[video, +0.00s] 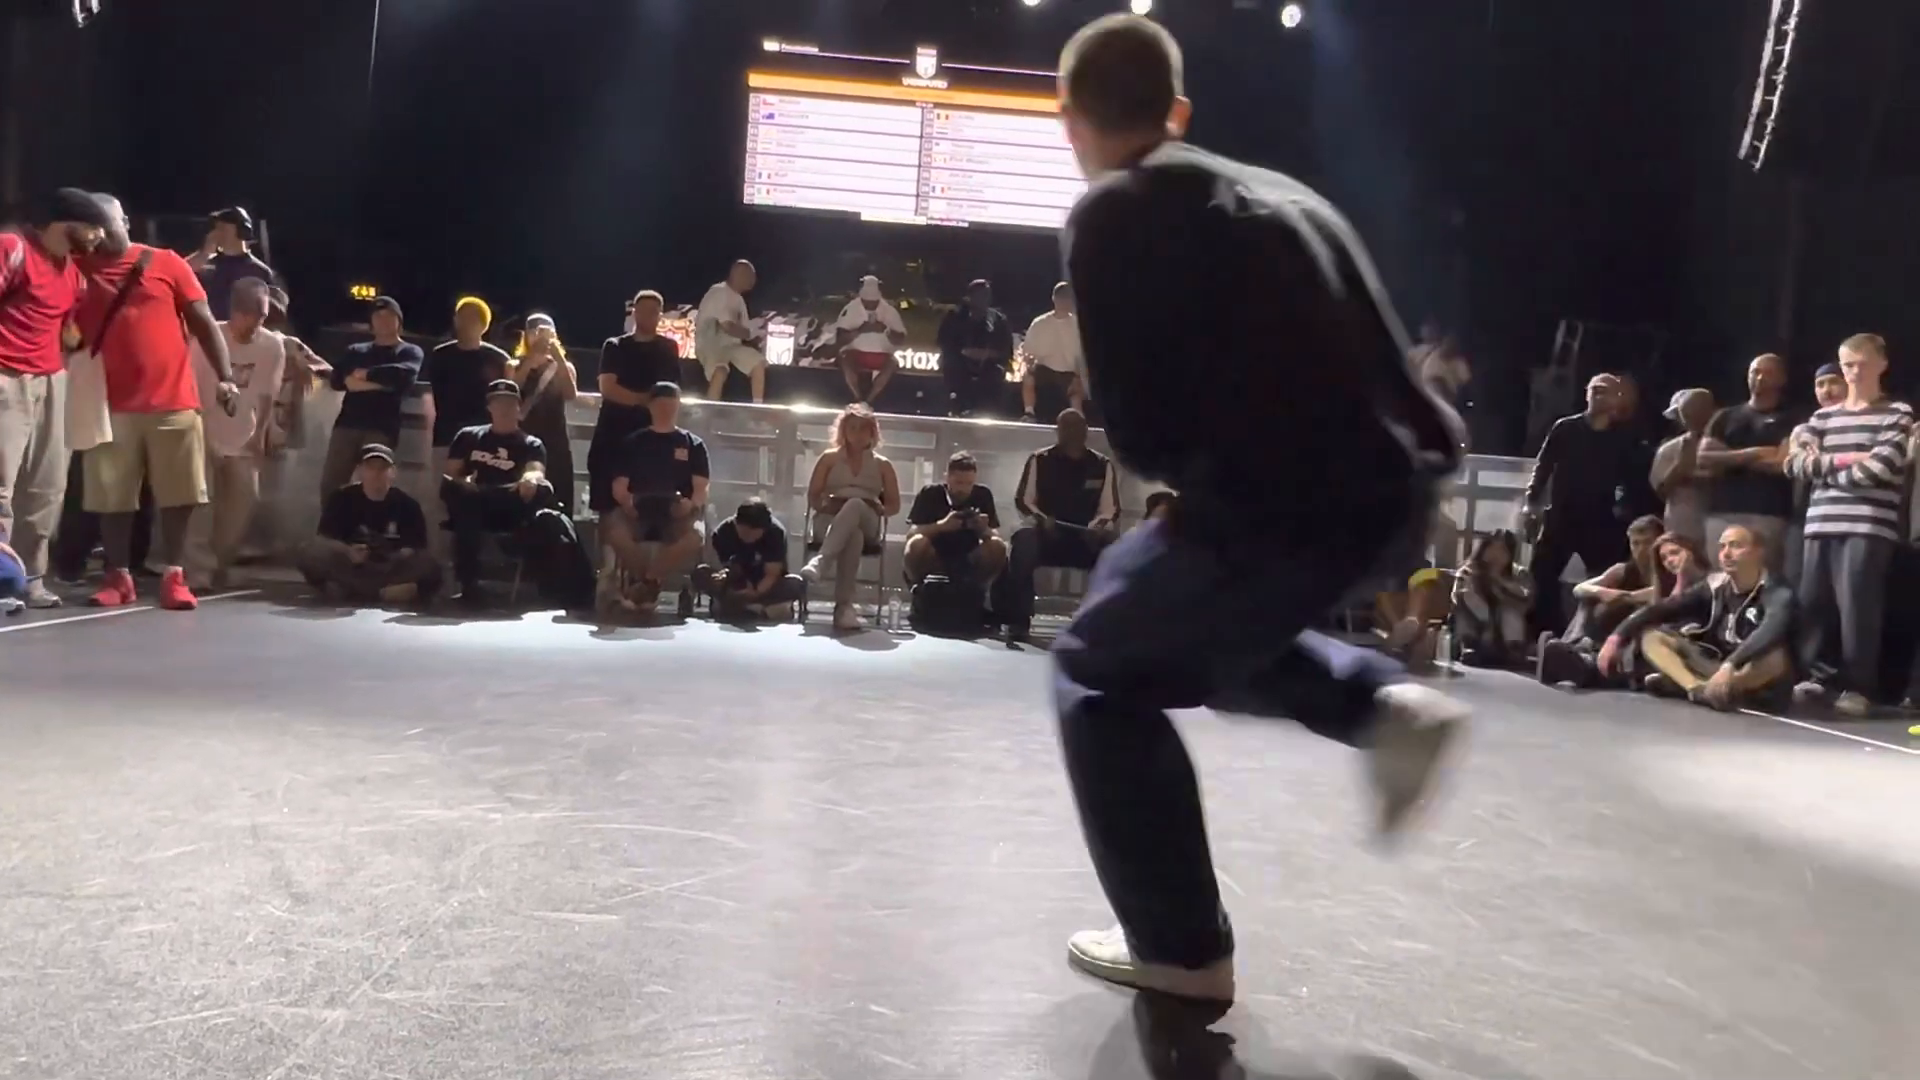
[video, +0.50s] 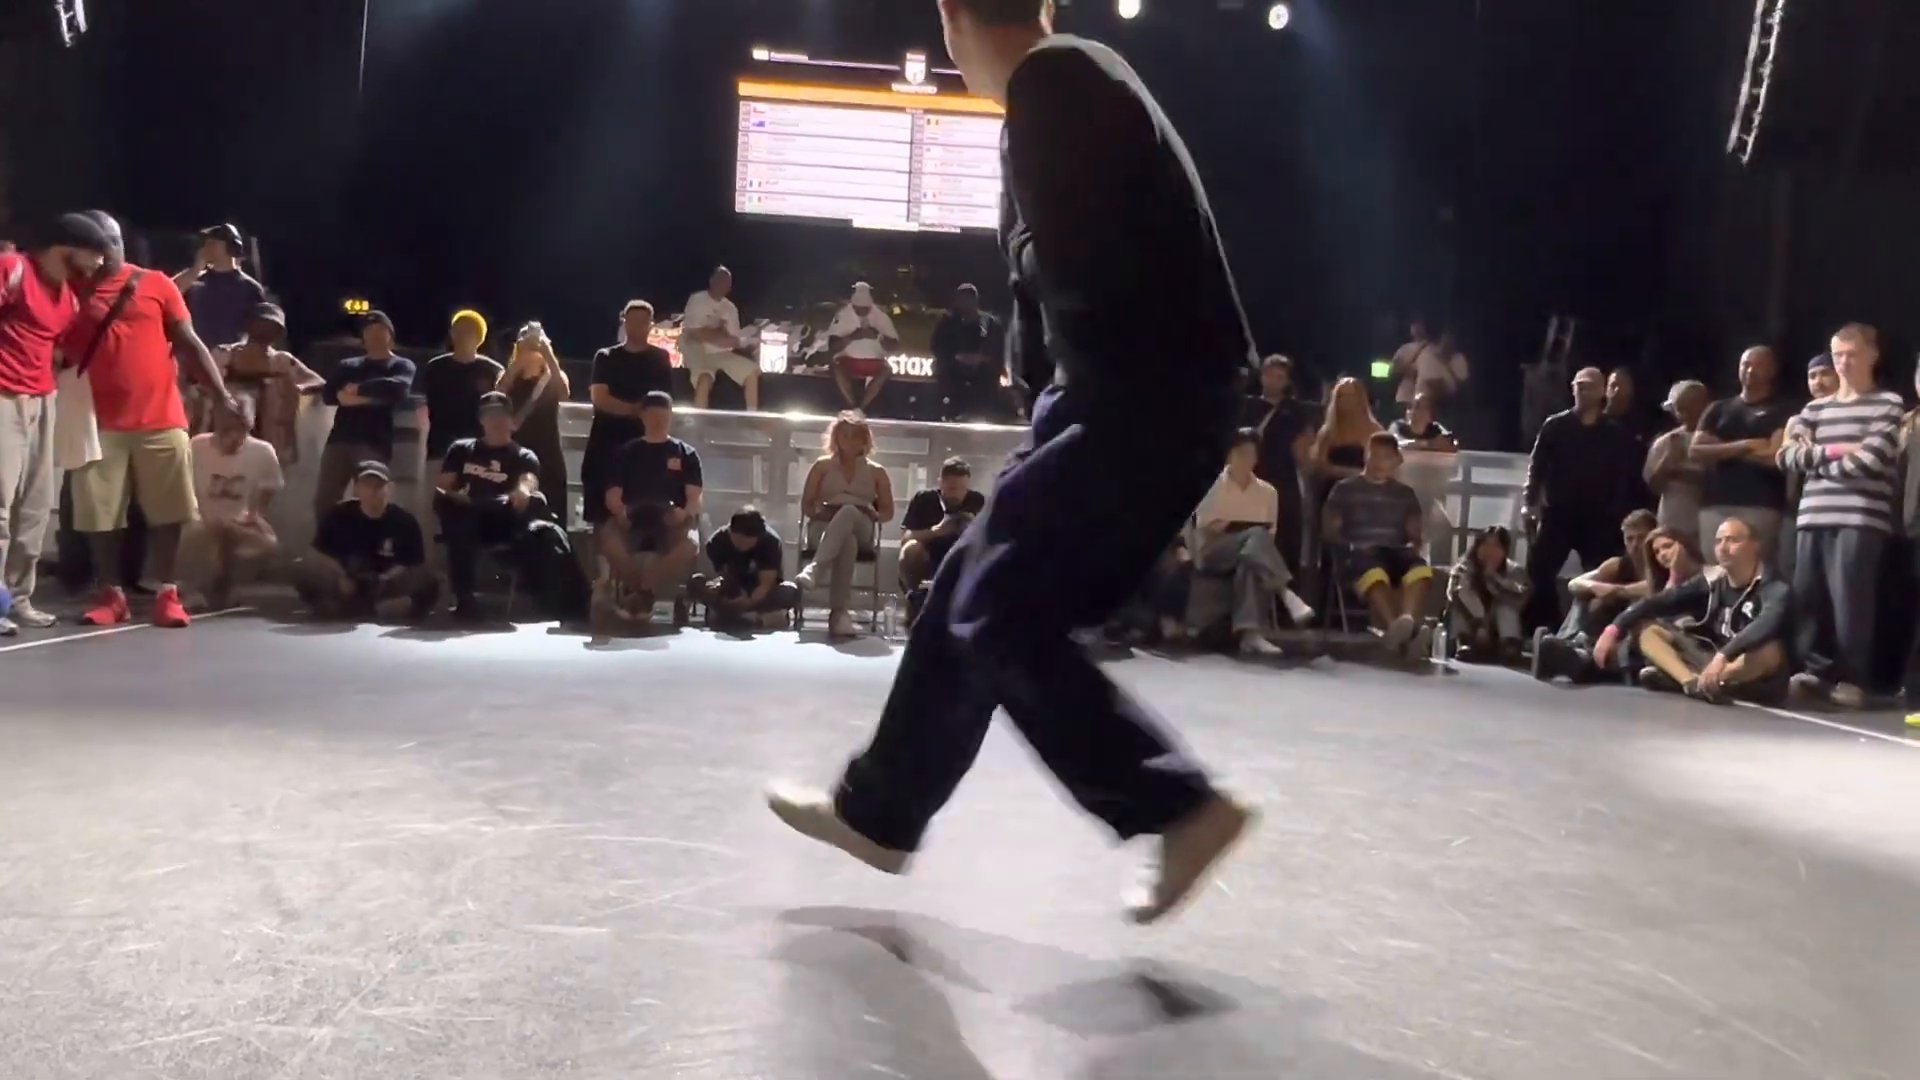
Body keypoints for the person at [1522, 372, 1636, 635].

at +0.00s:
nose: (1597, 396)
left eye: (1604, 392)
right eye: (1594, 390)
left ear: (1617, 401)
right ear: (1586, 396)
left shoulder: (1622, 439)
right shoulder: (1565, 429)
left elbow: (1634, 483)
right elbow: (1542, 468)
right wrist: (1530, 504)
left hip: (1601, 520)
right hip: (1561, 518)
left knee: (1610, 582)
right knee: (1542, 576)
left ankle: (1605, 641)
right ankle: (1544, 635)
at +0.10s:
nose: (1589, 394)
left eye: (1596, 389)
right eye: (1586, 389)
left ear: (1610, 396)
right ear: (1579, 394)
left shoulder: (1618, 435)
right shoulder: (1559, 427)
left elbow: (1630, 481)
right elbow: (1538, 467)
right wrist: (1525, 503)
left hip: (1598, 519)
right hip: (1558, 517)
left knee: (1606, 581)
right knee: (1539, 574)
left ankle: (1602, 640)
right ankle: (1543, 635)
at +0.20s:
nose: (1581, 393)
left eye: (1588, 389)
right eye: (1579, 388)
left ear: (1604, 395)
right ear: (1573, 393)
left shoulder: (1614, 432)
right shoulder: (1555, 426)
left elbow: (1626, 476)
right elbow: (1534, 466)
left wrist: (1619, 507)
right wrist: (1521, 501)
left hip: (1597, 517)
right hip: (1555, 516)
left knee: (1605, 579)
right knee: (1535, 573)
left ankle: (1602, 637)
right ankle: (1545, 630)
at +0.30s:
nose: (1581, 394)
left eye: (1588, 390)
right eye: (1578, 389)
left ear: (1602, 396)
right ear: (1571, 393)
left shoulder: (1615, 433)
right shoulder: (1553, 428)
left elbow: (1624, 477)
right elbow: (1533, 469)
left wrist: (1620, 510)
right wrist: (1522, 504)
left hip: (1598, 517)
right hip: (1556, 516)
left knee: (1603, 578)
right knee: (1537, 572)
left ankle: (1599, 637)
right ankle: (1544, 630)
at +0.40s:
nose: (1580, 394)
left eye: (1587, 390)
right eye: (1577, 389)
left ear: (1603, 395)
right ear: (1572, 394)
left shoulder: (1617, 434)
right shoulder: (1556, 428)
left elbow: (1627, 477)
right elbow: (1536, 470)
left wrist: (1623, 513)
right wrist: (1527, 506)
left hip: (1601, 519)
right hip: (1560, 518)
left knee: (1604, 581)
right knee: (1540, 572)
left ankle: (1602, 639)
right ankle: (1547, 633)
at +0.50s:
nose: (1581, 391)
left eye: (1588, 386)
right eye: (1578, 386)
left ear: (1602, 393)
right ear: (1572, 390)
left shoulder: (1617, 431)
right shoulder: (1555, 426)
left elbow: (1626, 475)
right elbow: (1536, 468)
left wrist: (1622, 510)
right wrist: (1529, 505)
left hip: (1601, 517)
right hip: (1559, 515)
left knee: (1606, 579)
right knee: (1539, 570)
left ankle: (1604, 637)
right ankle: (1546, 630)